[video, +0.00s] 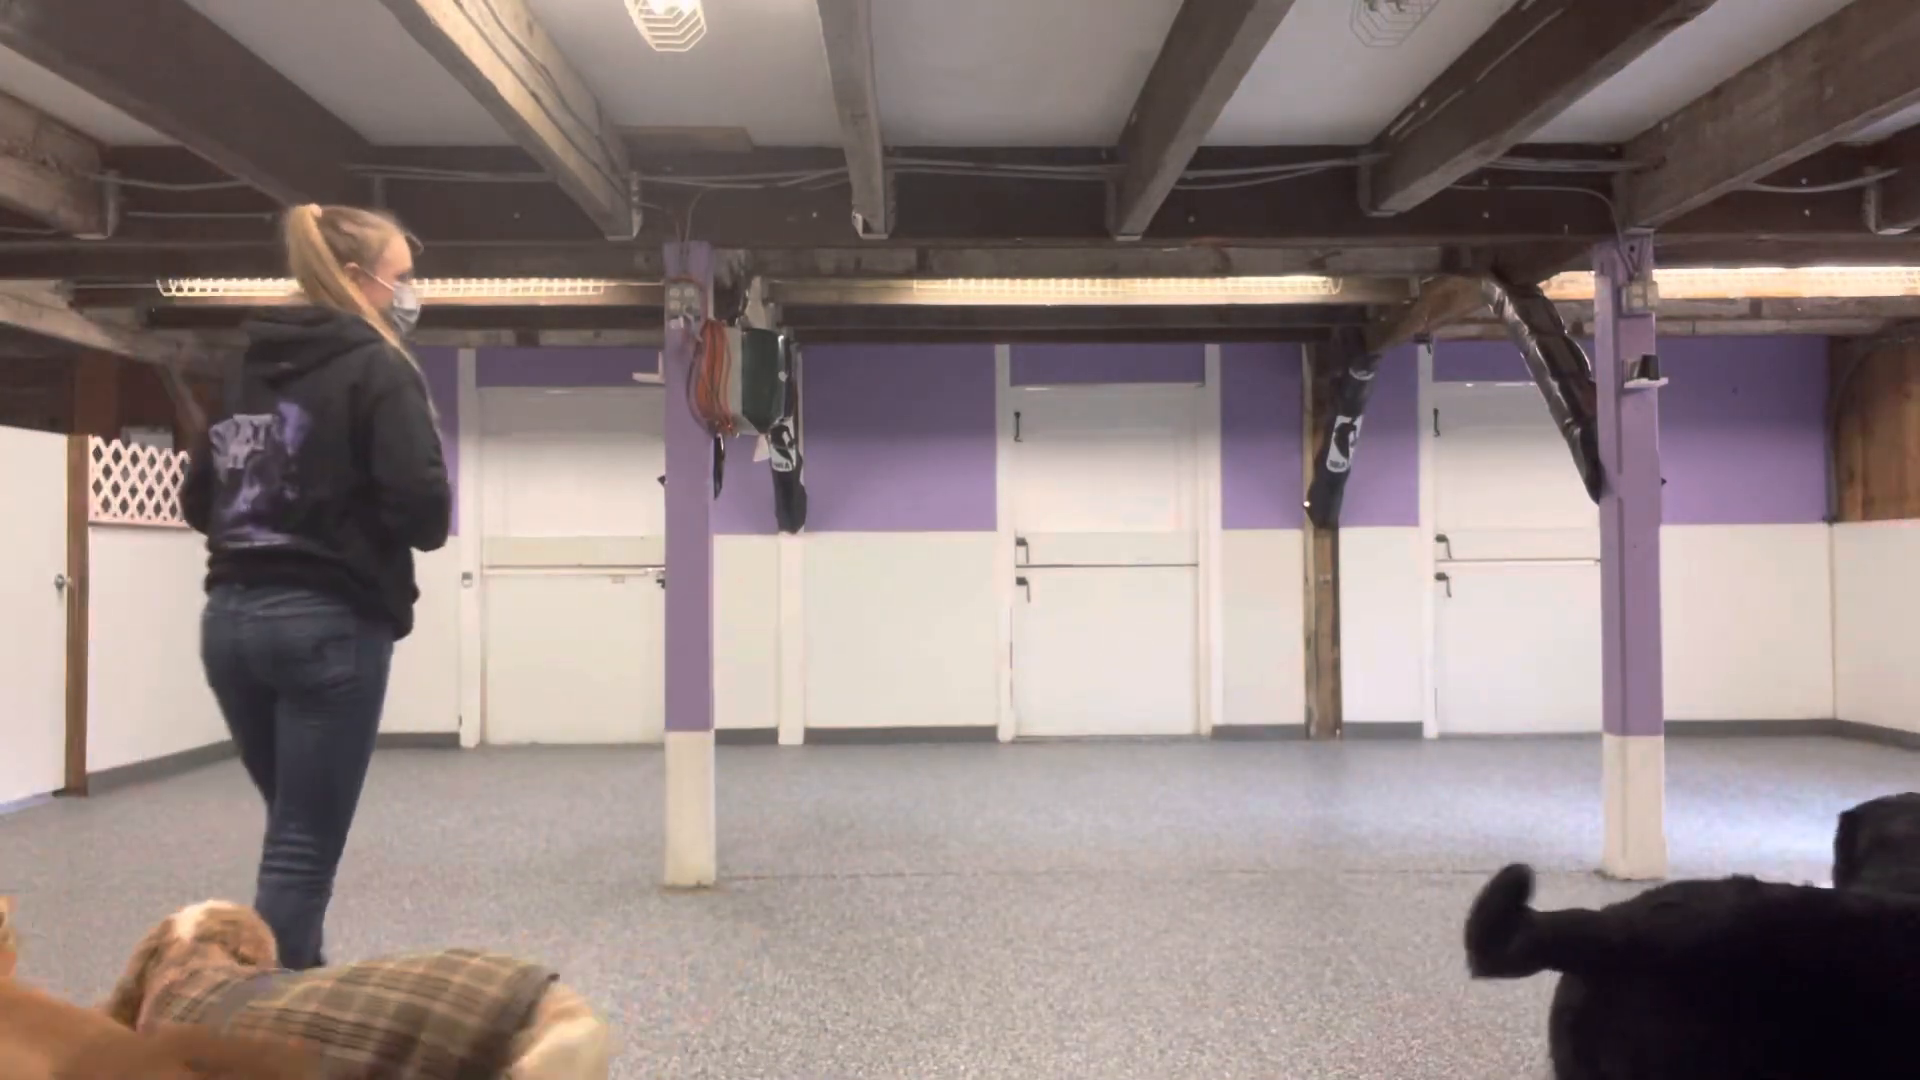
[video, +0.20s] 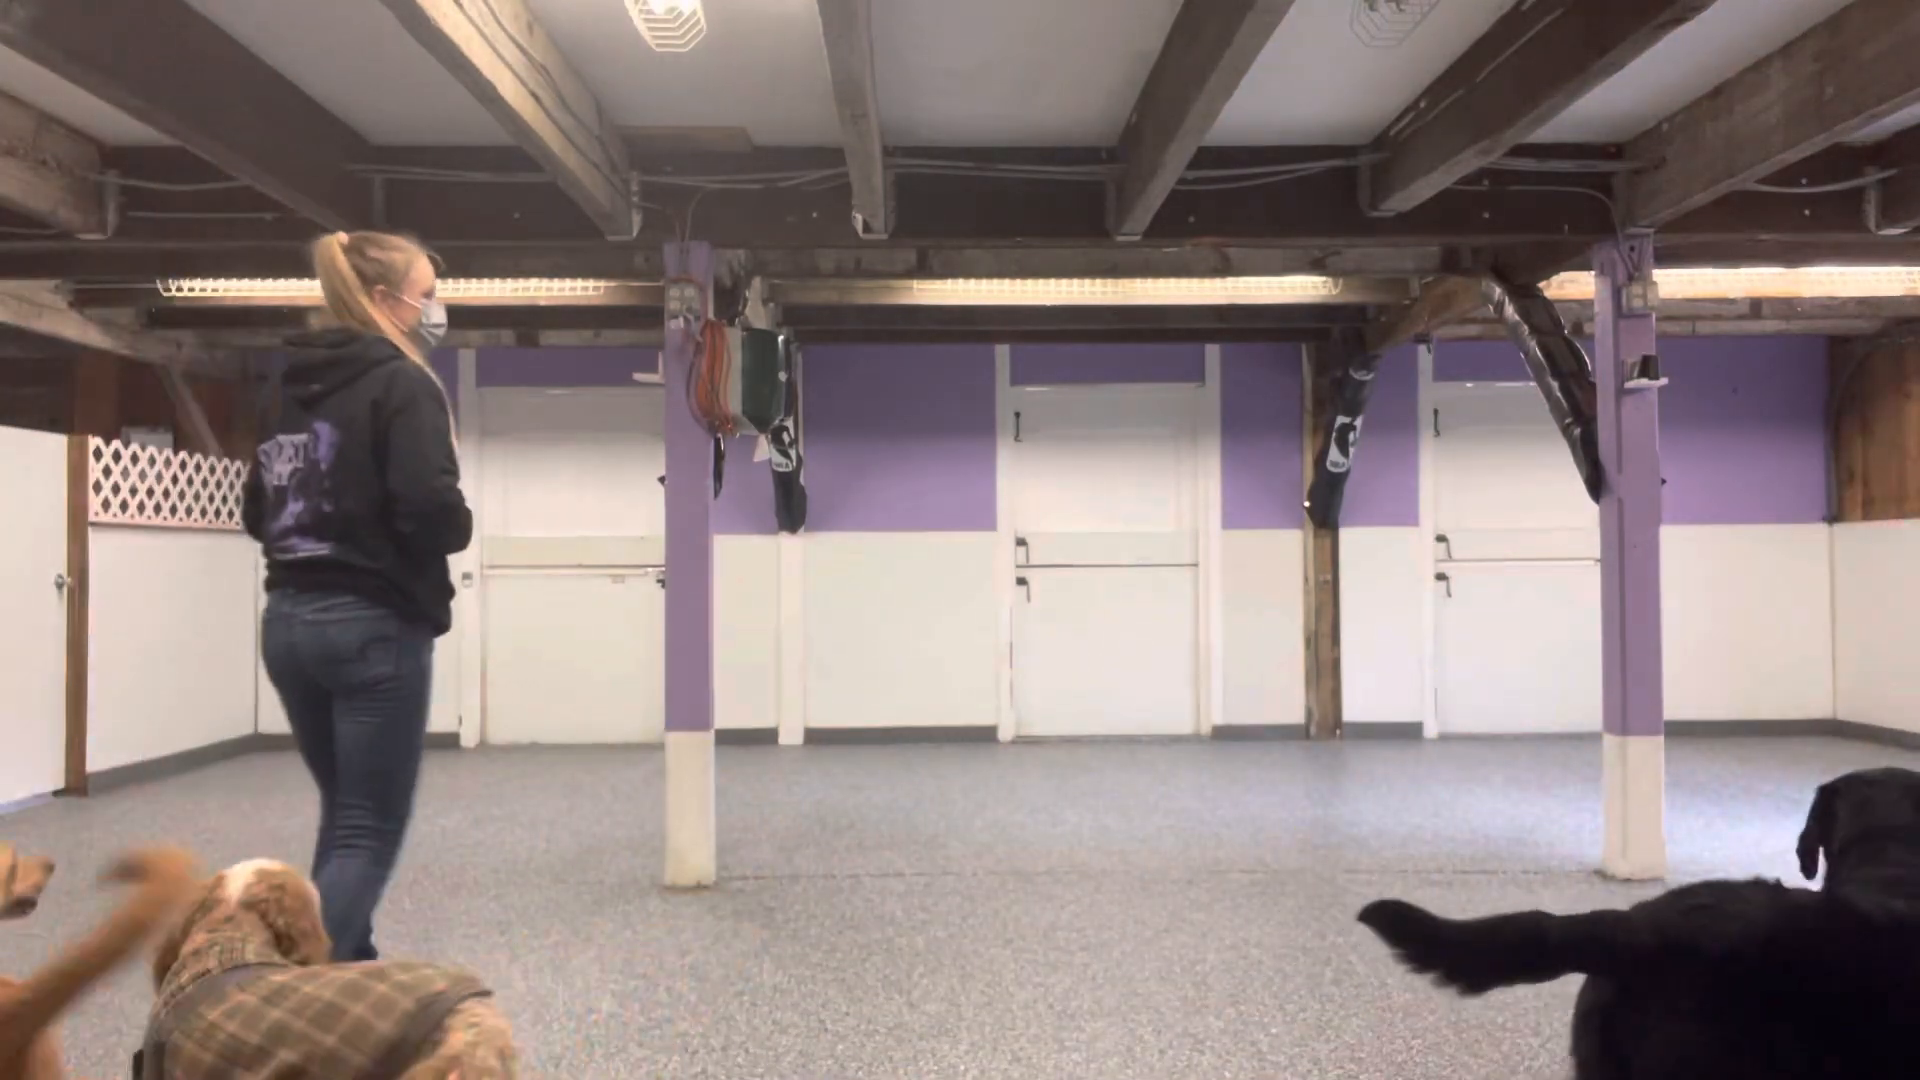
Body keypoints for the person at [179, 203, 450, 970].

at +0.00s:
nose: (410, 294)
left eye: (410, 278)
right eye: (401, 278)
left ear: (332, 277)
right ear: (357, 278)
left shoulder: (253, 362)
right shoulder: (380, 366)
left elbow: (199, 496)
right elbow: (425, 515)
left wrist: (270, 524)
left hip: (230, 622)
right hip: (330, 625)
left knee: (295, 835)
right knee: (301, 855)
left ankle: (304, 1013)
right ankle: (255, 1036)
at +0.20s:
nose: (433, 312)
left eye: (433, 297)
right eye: (425, 297)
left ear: (364, 300)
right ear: (386, 300)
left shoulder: (297, 382)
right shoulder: (405, 383)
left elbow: (259, 511)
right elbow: (429, 508)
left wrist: (323, 538)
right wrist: (457, 523)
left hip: (289, 621)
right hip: (373, 625)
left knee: (342, 818)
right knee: (369, 833)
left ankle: (356, 986)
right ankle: (310, 988)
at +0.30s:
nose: (456, 305)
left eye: (452, 292)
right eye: (446, 294)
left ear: (387, 309)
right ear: (409, 307)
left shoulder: (328, 386)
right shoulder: (416, 386)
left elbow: (315, 509)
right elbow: (421, 507)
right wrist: (474, 522)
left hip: (318, 620)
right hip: (393, 626)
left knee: (374, 805)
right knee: (437, 813)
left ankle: (327, 956)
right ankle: (345, 959)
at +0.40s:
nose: (494, 308)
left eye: (488, 294)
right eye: (482, 297)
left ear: (428, 314)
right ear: (444, 312)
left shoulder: (374, 380)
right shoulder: (442, 384)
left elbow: (367, 498)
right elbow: (437, 495)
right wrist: (501, 525)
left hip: (351, 610)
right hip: (419, 616)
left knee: (392, 792)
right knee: (498, 781)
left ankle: (351, 955)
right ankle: (425, 961)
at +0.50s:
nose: (520, 325)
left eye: (516, 312)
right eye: (511, 313)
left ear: (453, 321)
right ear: (473, 322)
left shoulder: (408, 387)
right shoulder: (469, 391)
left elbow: (391, 500)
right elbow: (457, 493)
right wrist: (527, 528)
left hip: (378, 612)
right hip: (443, 620)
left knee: (403, 798)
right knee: (517, 778)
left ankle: (358, 970)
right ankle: (517, 964)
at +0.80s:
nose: (612, 360)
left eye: (609, 347)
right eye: (605, 348)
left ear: (553, 354)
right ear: (574, 355)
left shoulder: (501, 414)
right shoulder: (570, 422)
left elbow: (485, 524)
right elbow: (558, 521)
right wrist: (617, 552)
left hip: (471, 622)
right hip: (539, 629)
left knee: (477, 790)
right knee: (595, 784)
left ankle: (386, 919)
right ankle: (621, 937)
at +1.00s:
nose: (664, 359)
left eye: (663, 347)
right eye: (659, 348)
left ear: (600, 346)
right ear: (632, 348)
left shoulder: (557, 415)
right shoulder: (634, 417)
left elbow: (550, 513)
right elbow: (636, 513)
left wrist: (625, 534)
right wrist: (674, 536)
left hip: (533, 605)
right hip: (596, 610)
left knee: (571, 758)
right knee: (629, 771)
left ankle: (489, 906)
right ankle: (620, 935)